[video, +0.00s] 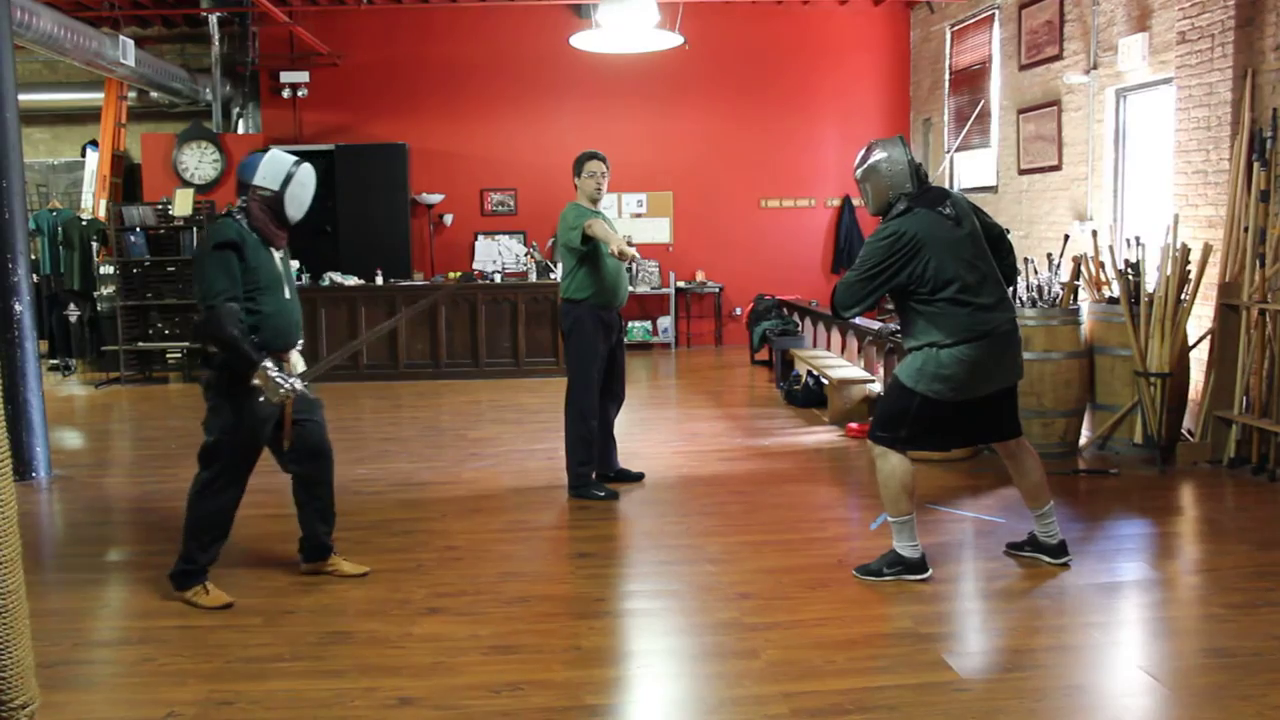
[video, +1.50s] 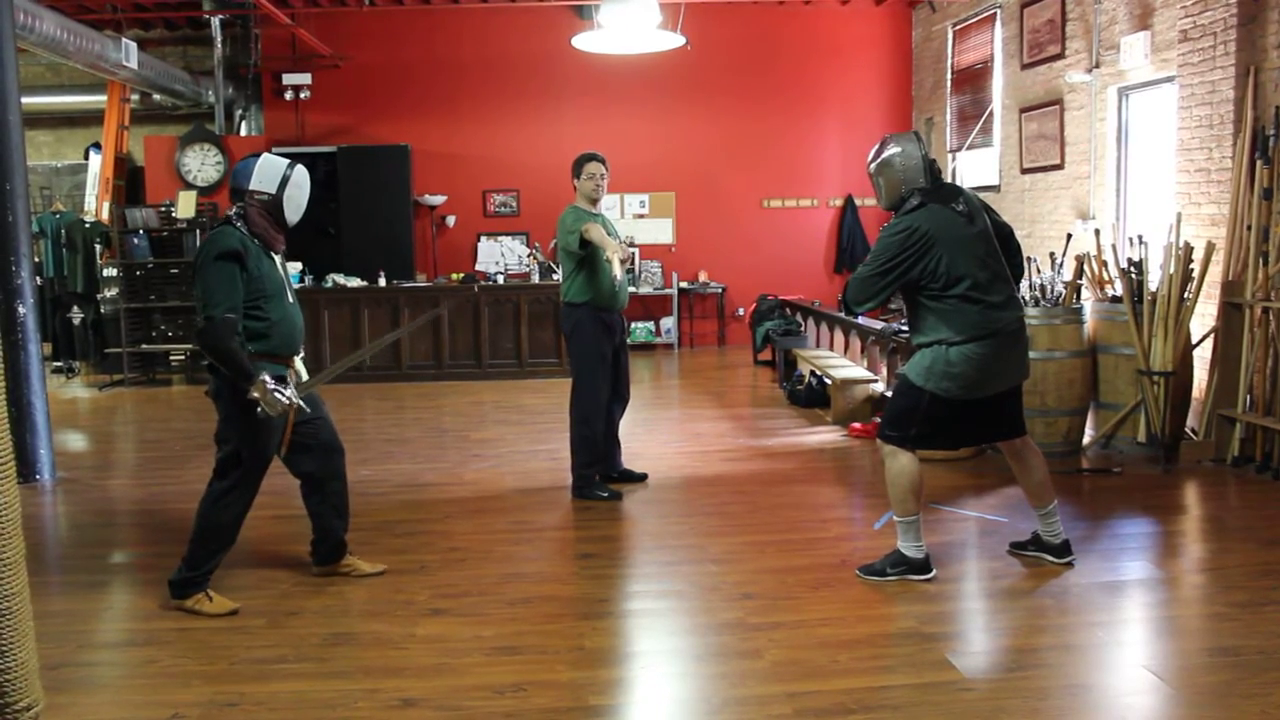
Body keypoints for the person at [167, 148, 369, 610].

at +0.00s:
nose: (295, 210)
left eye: (295, 201)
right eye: (291, 199)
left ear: (270, 193)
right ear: (269, 191)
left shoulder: (270, 237)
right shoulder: (226, 235)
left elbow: (277, 301)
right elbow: (220, 314)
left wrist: (290, 351)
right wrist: (258, 366)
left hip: (282, 371)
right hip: (240, 377)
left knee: (313, 455)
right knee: (222, 474)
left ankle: (318, 554)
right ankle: (189, 577)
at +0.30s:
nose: (283, 204)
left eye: (284, 195)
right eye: (279, 194)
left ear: (254, 188)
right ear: (256, 188)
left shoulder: (257, 237)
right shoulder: (207, 233)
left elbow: (261, 301)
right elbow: (195, 313)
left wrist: (277, 350)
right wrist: (227, 371)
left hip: (268, 370)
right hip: (226, 373)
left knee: (298, 458)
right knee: (214, 475)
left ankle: (324, 554)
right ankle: (190, 578)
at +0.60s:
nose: (302, 209)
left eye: (302, 201)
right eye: (297, 199)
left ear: (274, 195)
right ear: (272, 192)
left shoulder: (276, 240)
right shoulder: (231, 237)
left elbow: (280, 302)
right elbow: (212, 316)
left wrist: (293, 351)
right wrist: (239, 375)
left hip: (287, 374)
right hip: (246, 376)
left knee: (316, 461)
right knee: (228, 477)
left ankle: (327, 554)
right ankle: (192, 576)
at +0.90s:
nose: (313, 212)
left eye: (314, 203)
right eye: (309, 201)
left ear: (287, 196)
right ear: (284, 194)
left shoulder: (288, 240)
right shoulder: (243, 238)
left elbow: (293, 302)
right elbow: (231, 319)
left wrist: (305, 349)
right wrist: (264, 374)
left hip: (296, 370)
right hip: (255, 376)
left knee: (325, 457)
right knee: (237, 477)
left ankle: (329, 553)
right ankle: (194, 580)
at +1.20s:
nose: (299, 209)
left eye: (298, 200)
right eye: (294, 198)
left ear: (265, 194)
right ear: (271, 194)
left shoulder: (267, 241)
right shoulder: (232, 242)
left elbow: (273, 307)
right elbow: (221, 326)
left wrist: (292, 357)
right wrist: (255, 384)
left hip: (284, 374)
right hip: (248, 377)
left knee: (324, 456)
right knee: (235, 478)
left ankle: (329, 553)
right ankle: (191, 584)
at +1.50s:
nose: (294, 208)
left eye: (294, 199)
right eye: (290, 198)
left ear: (259, 193)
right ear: (267, 194)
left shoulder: (263, 242)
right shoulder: (228, 244)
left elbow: (270, 309)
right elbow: (217, 330)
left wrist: (290, 358)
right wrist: (256, 383)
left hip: (284, 375)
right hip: (249, 379)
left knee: (325, 458)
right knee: (235, 481)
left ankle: (331, 554)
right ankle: (189, 585)